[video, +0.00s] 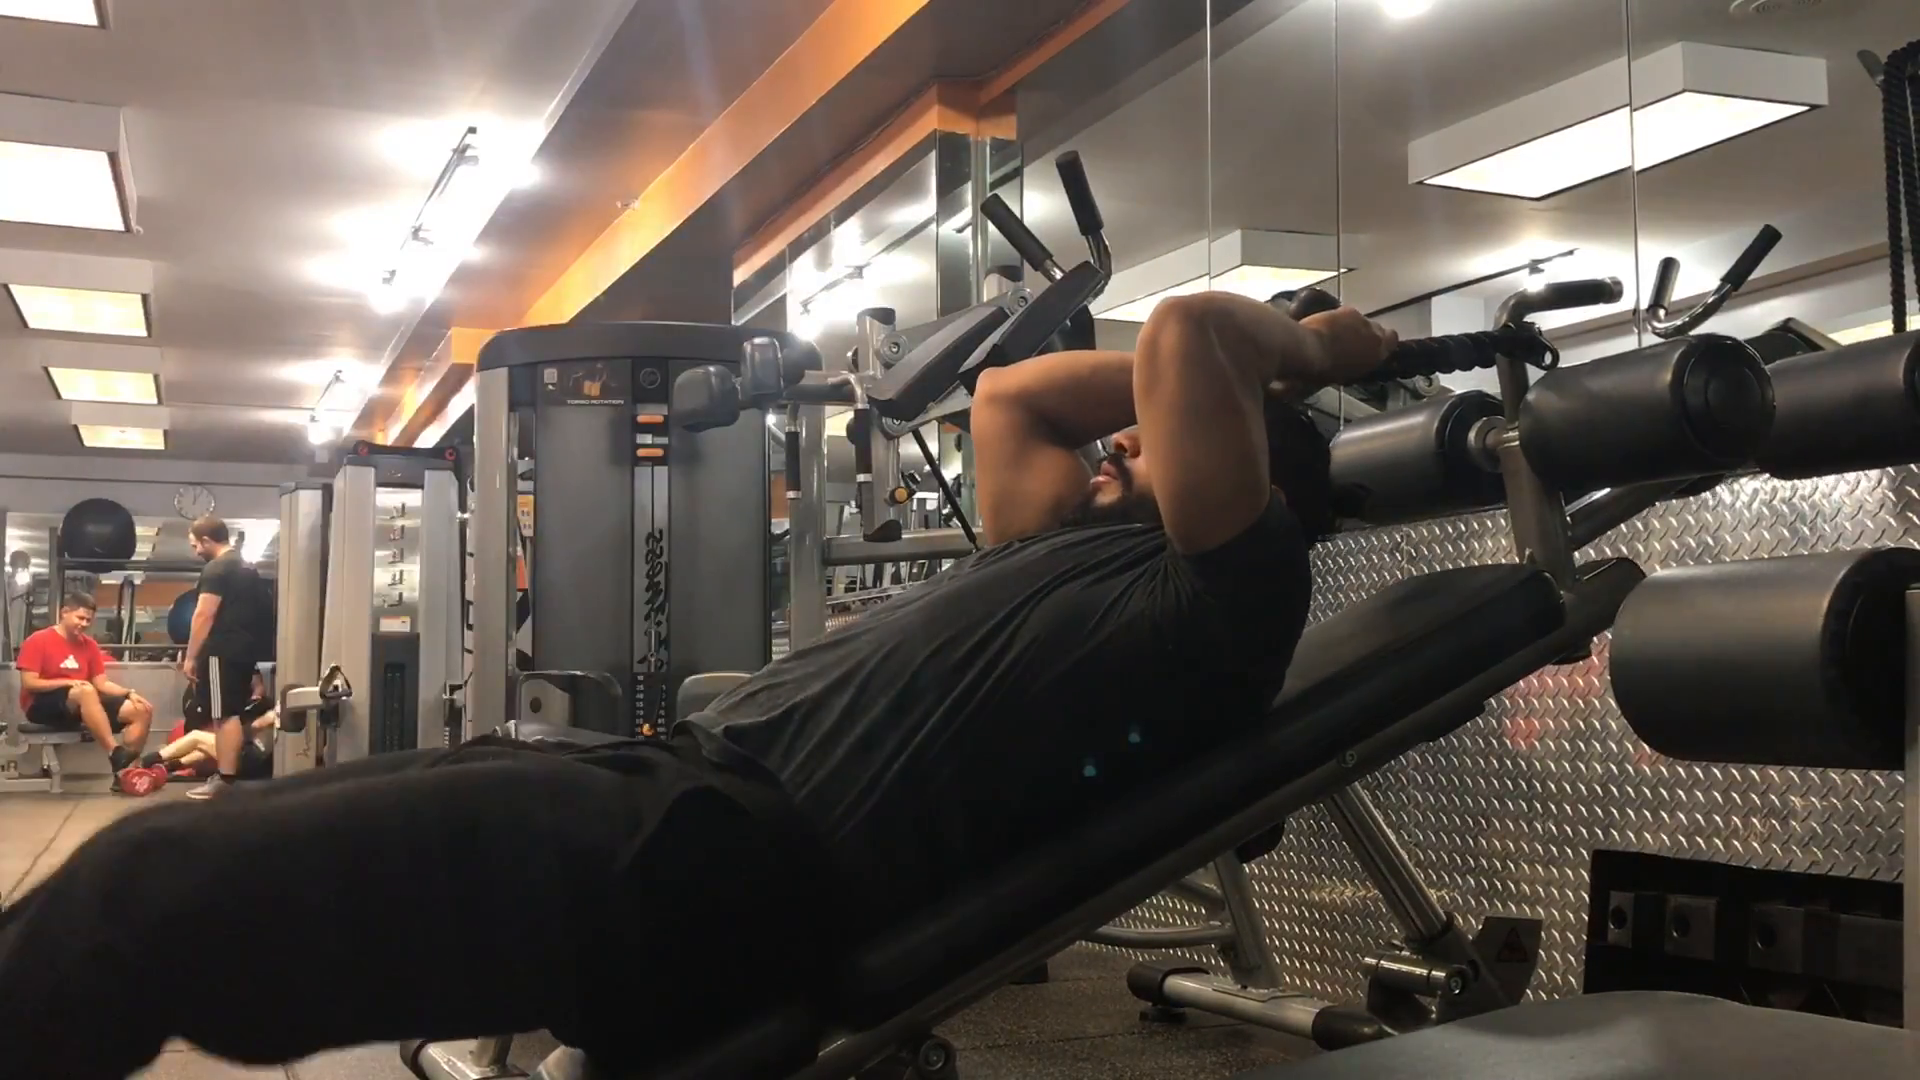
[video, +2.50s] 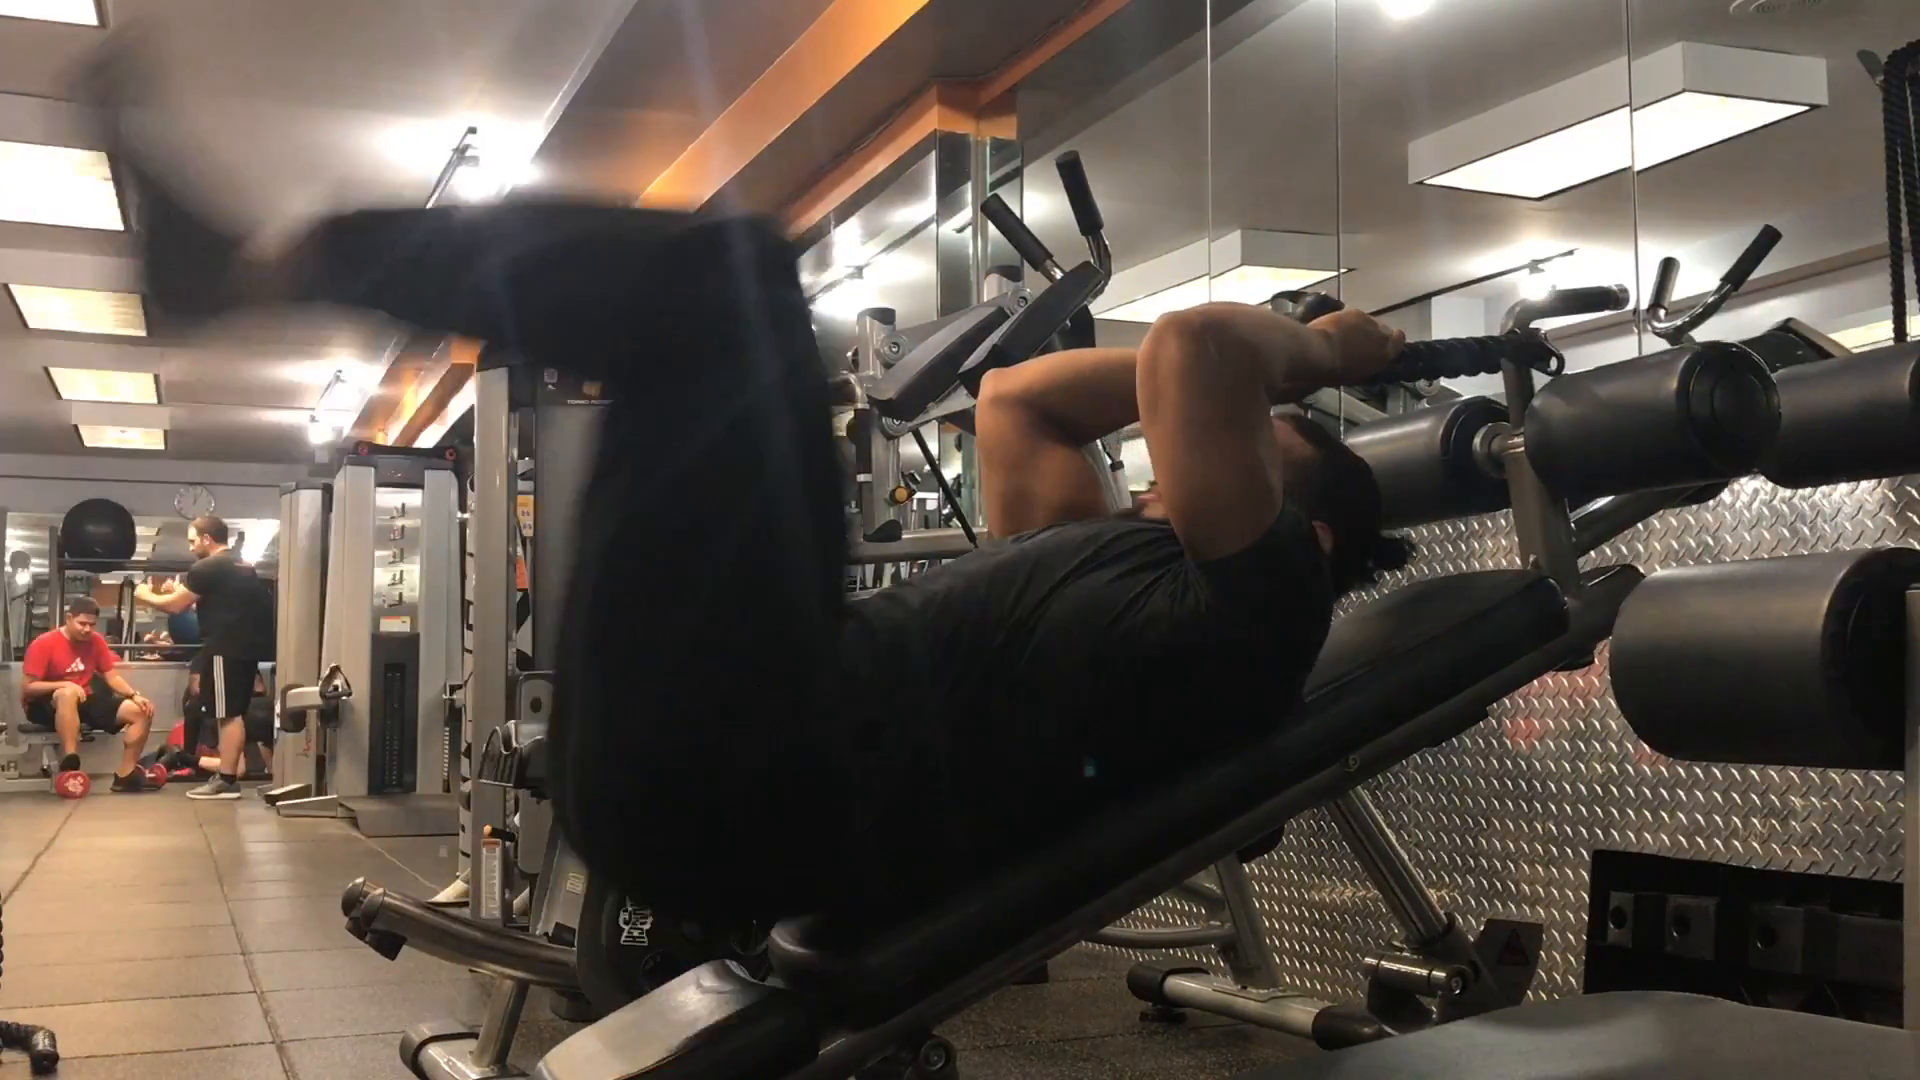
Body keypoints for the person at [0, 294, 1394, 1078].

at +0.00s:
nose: (1136, 434)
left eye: (1179, 429)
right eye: (1131, 430)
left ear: (1241, 481)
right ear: (1131, 477)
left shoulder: (1225, 611)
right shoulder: (1059, 566)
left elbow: (1189, 320)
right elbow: (1007, 395)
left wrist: (1315, 341)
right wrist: (1207, 389)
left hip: (728, 855)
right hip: (656, 775)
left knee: (139, 892)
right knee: (161, 861)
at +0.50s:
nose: (1282, 450)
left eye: (1312, 460)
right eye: (1294, 446)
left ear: (1332, 539)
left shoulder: (1265, 607)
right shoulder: (1099, 576)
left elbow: (1200, 335)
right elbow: (1018, 394)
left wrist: (1332, 341)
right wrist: (1231, 359)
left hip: (751, 751)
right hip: (673, 728)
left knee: (896, 267)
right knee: (788, 335)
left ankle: (454, 121)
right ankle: (453, 129)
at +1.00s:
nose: (1297, 447)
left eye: (1324, 455)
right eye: (1316, 443)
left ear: (1342, 524)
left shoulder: (1290, 598)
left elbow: (1211, 338)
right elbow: (1039, 409)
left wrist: (1328, 340)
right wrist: (1212, 365)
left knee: (1141, 188)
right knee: (1060, 226)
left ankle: (905, 12)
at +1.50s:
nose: (1221, 457)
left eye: (1263, 461)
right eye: (1240, 448)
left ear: (1297, 511)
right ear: (1238, 494)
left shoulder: (1256, 619)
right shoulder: (1091, 575)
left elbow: (1194, 332)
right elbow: (1023, 393)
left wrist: (1311, 347)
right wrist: (1218, 362)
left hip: (762, 832)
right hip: (709, 771)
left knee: (668, 294)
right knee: (652, 300)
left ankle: (190, 350)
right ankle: (199, 350)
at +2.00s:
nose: (1123, 443)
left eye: (1162, 429)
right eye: (1107, 436)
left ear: (1243, 482)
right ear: (1122, 493)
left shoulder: (1224, 616)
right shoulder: (1056, 570)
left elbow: (1172, 331)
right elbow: (1003, 399)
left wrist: (1313, 352)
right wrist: (1206, 407)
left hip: (709, 863)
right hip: (642, 781)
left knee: (126, 893)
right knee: (131, 864)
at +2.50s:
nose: (1236, 468)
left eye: (1270, 463)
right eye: (1253, 454)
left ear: (1303, 521)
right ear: (1233, 500)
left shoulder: (1254, 618)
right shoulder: (1103, 581)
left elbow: (1194, 337)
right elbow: (1010, 401)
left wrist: (1323, 344)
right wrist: (1216, 393)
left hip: (735, 820)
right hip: (730, 754)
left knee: (721, 273)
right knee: (739, 266)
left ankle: (262, 263)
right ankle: (320, 256)